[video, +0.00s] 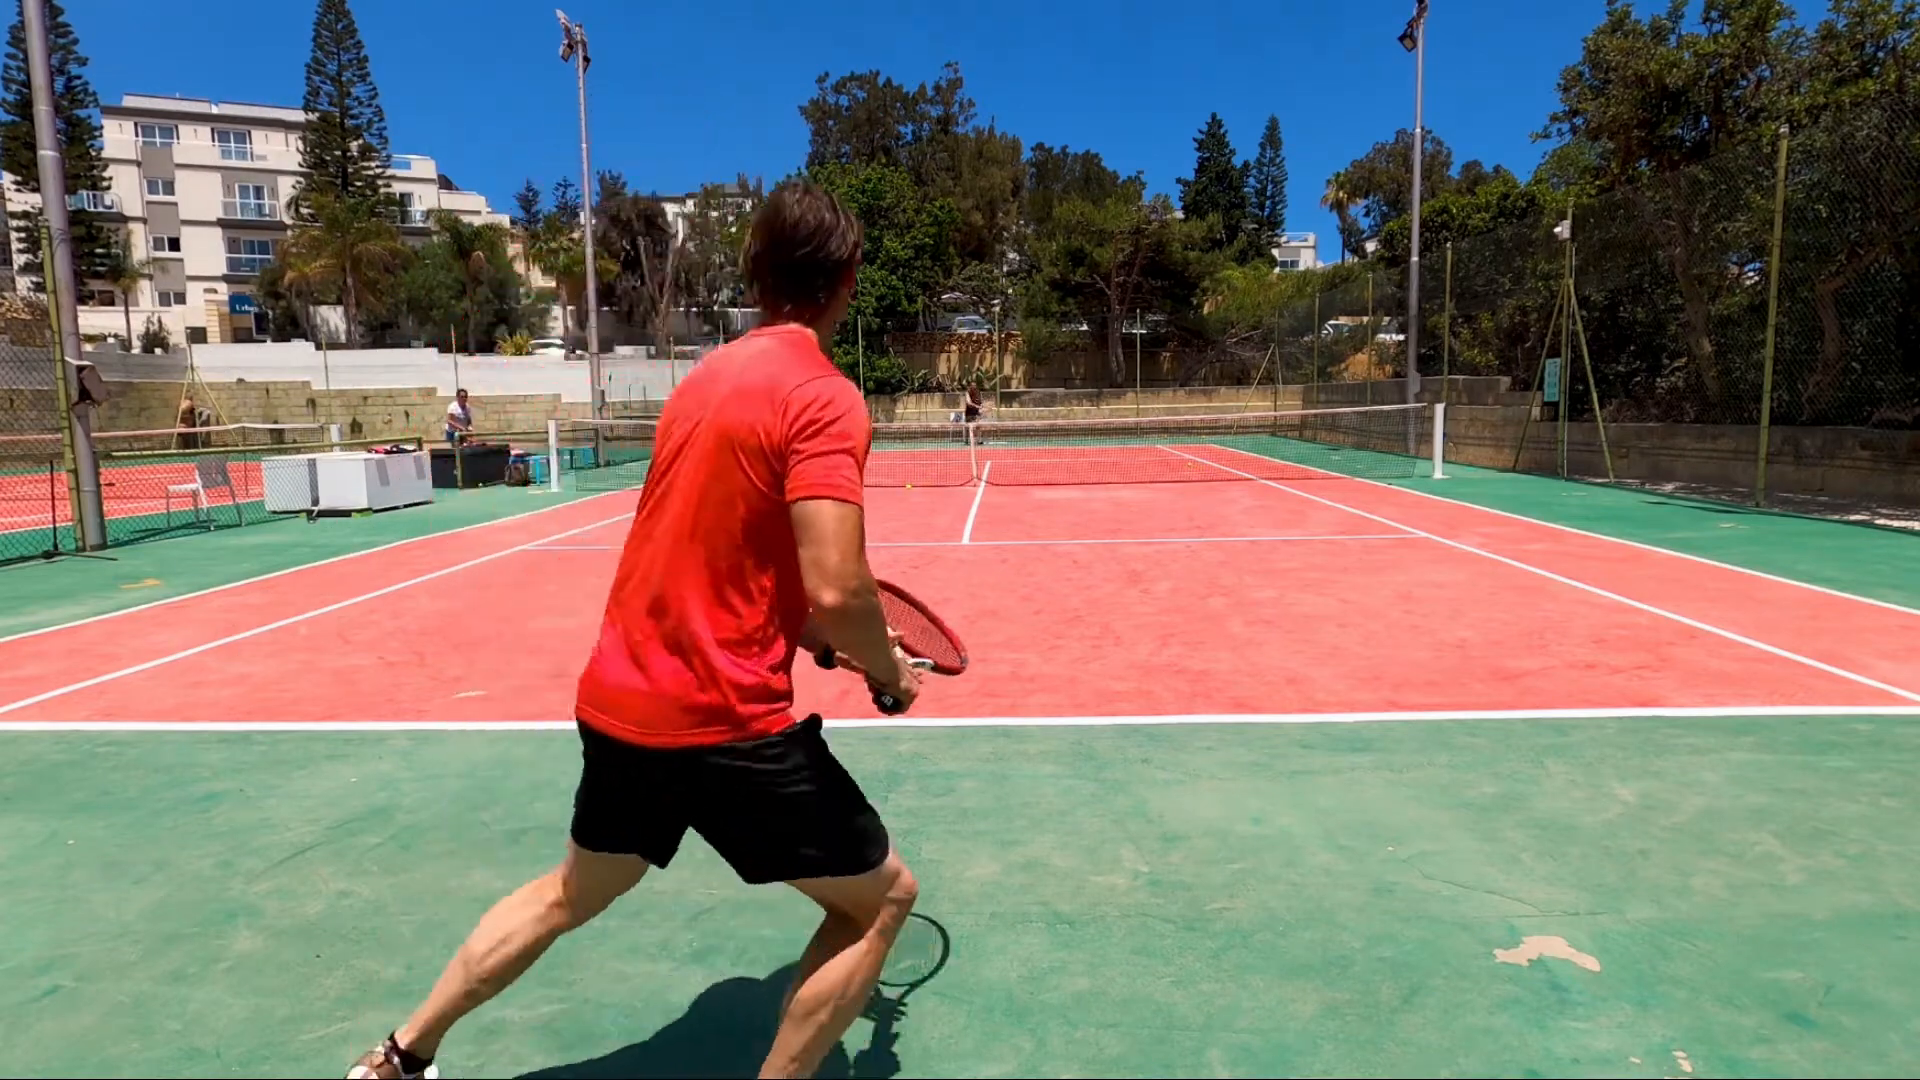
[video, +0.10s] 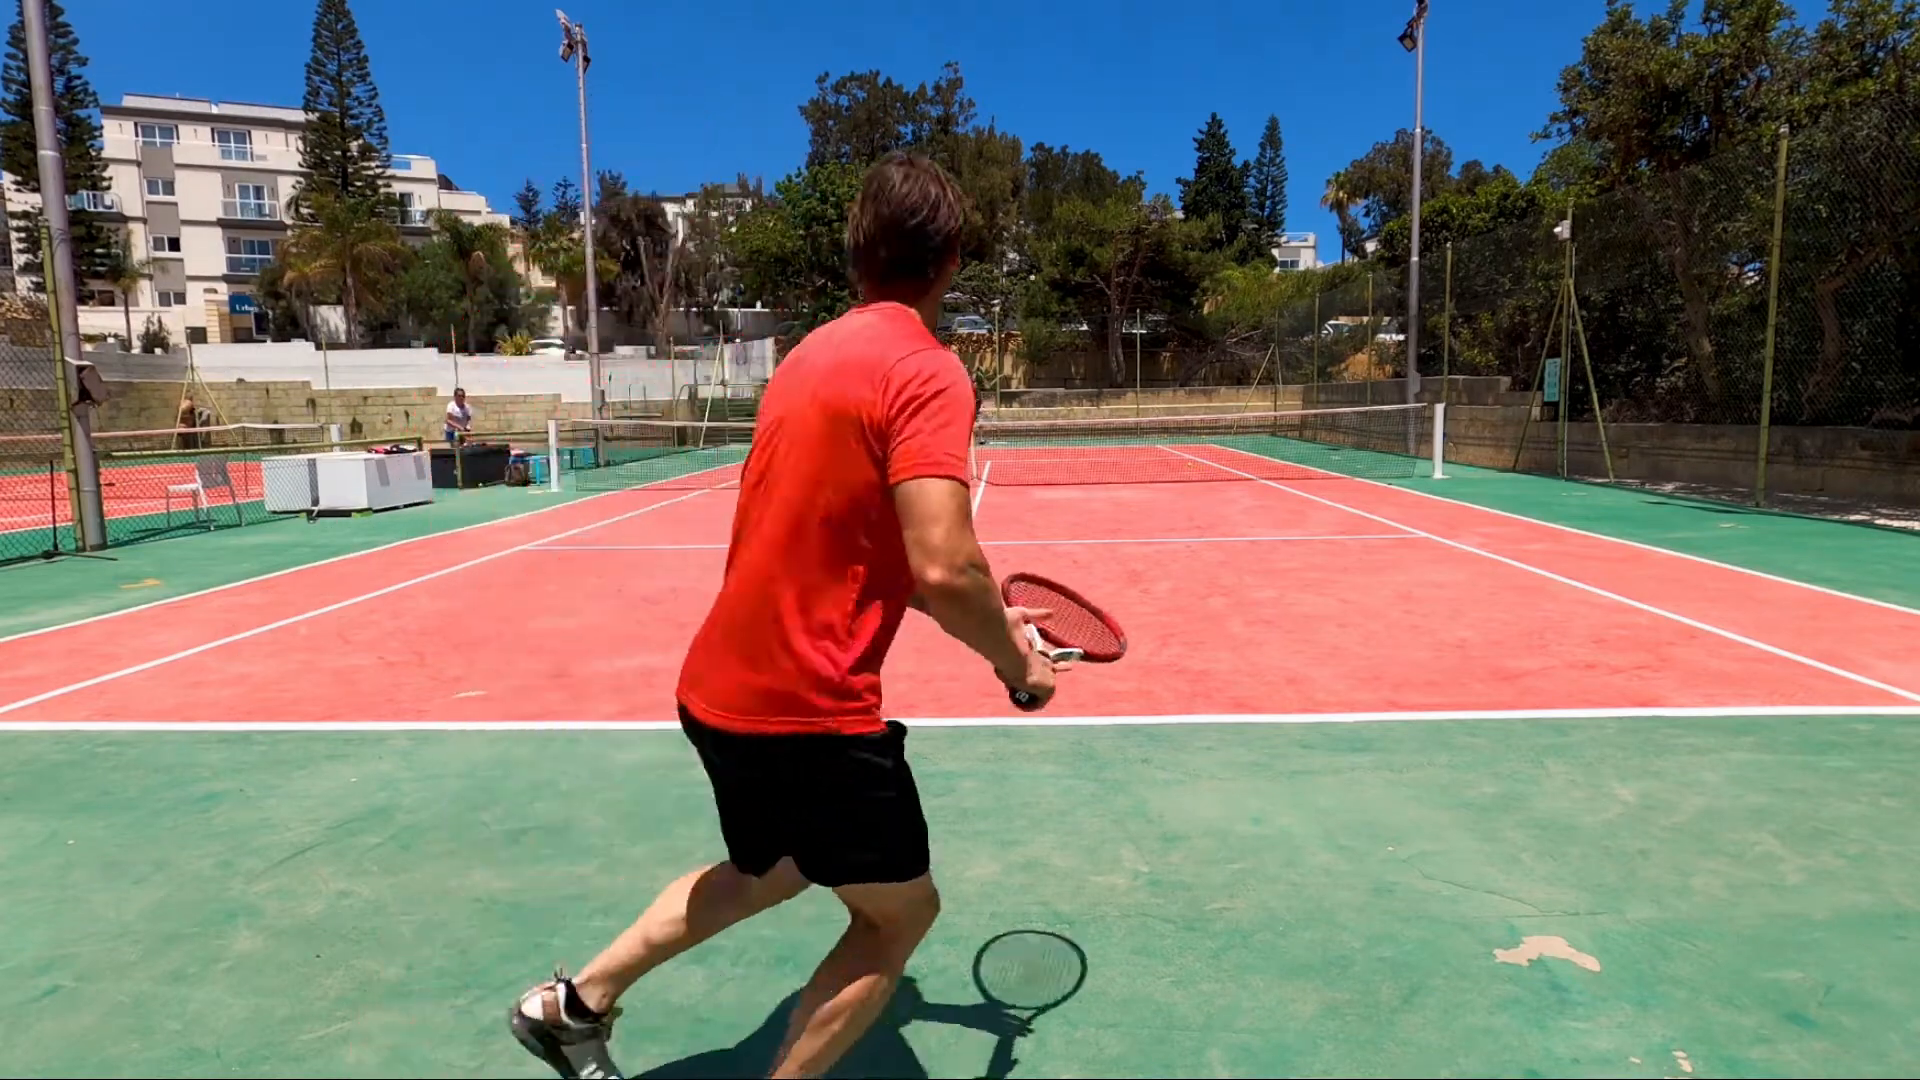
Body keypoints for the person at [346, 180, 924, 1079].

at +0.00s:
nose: (858, 286)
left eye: (853, 271)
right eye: (855, 272)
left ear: (758, 277)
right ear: (843, 282)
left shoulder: (705, 377)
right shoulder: (823, 398)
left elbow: (707, 541)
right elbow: (835, 590)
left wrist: (808, 622)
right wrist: (886, 669)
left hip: (618, 701)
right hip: (725, 720)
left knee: (582, 881)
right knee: (876, 900)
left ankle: (402, 1053)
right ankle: (782, 1074)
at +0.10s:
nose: (959, 267)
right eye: (959, 251)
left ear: (859, 250)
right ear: (951, 263)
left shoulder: (809, 355)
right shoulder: (925, 370)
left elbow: (810, 524)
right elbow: (943, 571)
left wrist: (953, 572)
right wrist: (1016, 661)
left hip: (723, 690)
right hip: (814, 708)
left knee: (776, 866)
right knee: (898, 915)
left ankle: (581, 1001)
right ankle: (785, 1073)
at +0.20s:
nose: (1060, 234)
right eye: (1058, 220)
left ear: (956, 222)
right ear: (1048, 229)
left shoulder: (920, 322)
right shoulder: (1025, 326)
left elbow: (1009, 507)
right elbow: (1046, 504)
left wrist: (1138, 561)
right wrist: (1158, 596)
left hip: (829, 662)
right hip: (914, 678)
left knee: (939, 866)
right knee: (963, 924)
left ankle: (899, 1026)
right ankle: (815, 1067)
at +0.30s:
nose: (1175, 244)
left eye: (1170, 225)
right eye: (1175, 225)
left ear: (1071, 231)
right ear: (1163, 238)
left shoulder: (1053, 323)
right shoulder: (1119, 320)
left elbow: (1140, 480)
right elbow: (1119, 459)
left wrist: (1287, 481)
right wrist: (1308, 513)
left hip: (967, 677)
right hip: (1023, 689)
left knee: (1112, 878)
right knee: (1174, 928)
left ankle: (1129, 1030)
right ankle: (989, 1075)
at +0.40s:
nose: (1308, 291)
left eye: (1305, 275)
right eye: (1308, 275)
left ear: (1200, 273)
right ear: (1294, 288)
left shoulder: (1187, 373)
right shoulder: (1224, 361)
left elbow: (1372, 490)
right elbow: (1189, 444)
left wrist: (1517, 444)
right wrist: (1432, 404)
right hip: (1121, 745)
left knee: (1236, 842)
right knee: (1392, 925)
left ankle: (1145, 1035)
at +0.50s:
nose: (1479, 325)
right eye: (1476, 309)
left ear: (1356, 296)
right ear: (1461, 316)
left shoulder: (1399, 441)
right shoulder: (1367, 391)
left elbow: (1550, 501)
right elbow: (1309, 455)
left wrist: (1734, 490)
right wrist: (1567, 368)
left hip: (1189, 758)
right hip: (1247, 780)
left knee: (1286, 877)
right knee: (1548, 986)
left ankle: (1148, 1038)